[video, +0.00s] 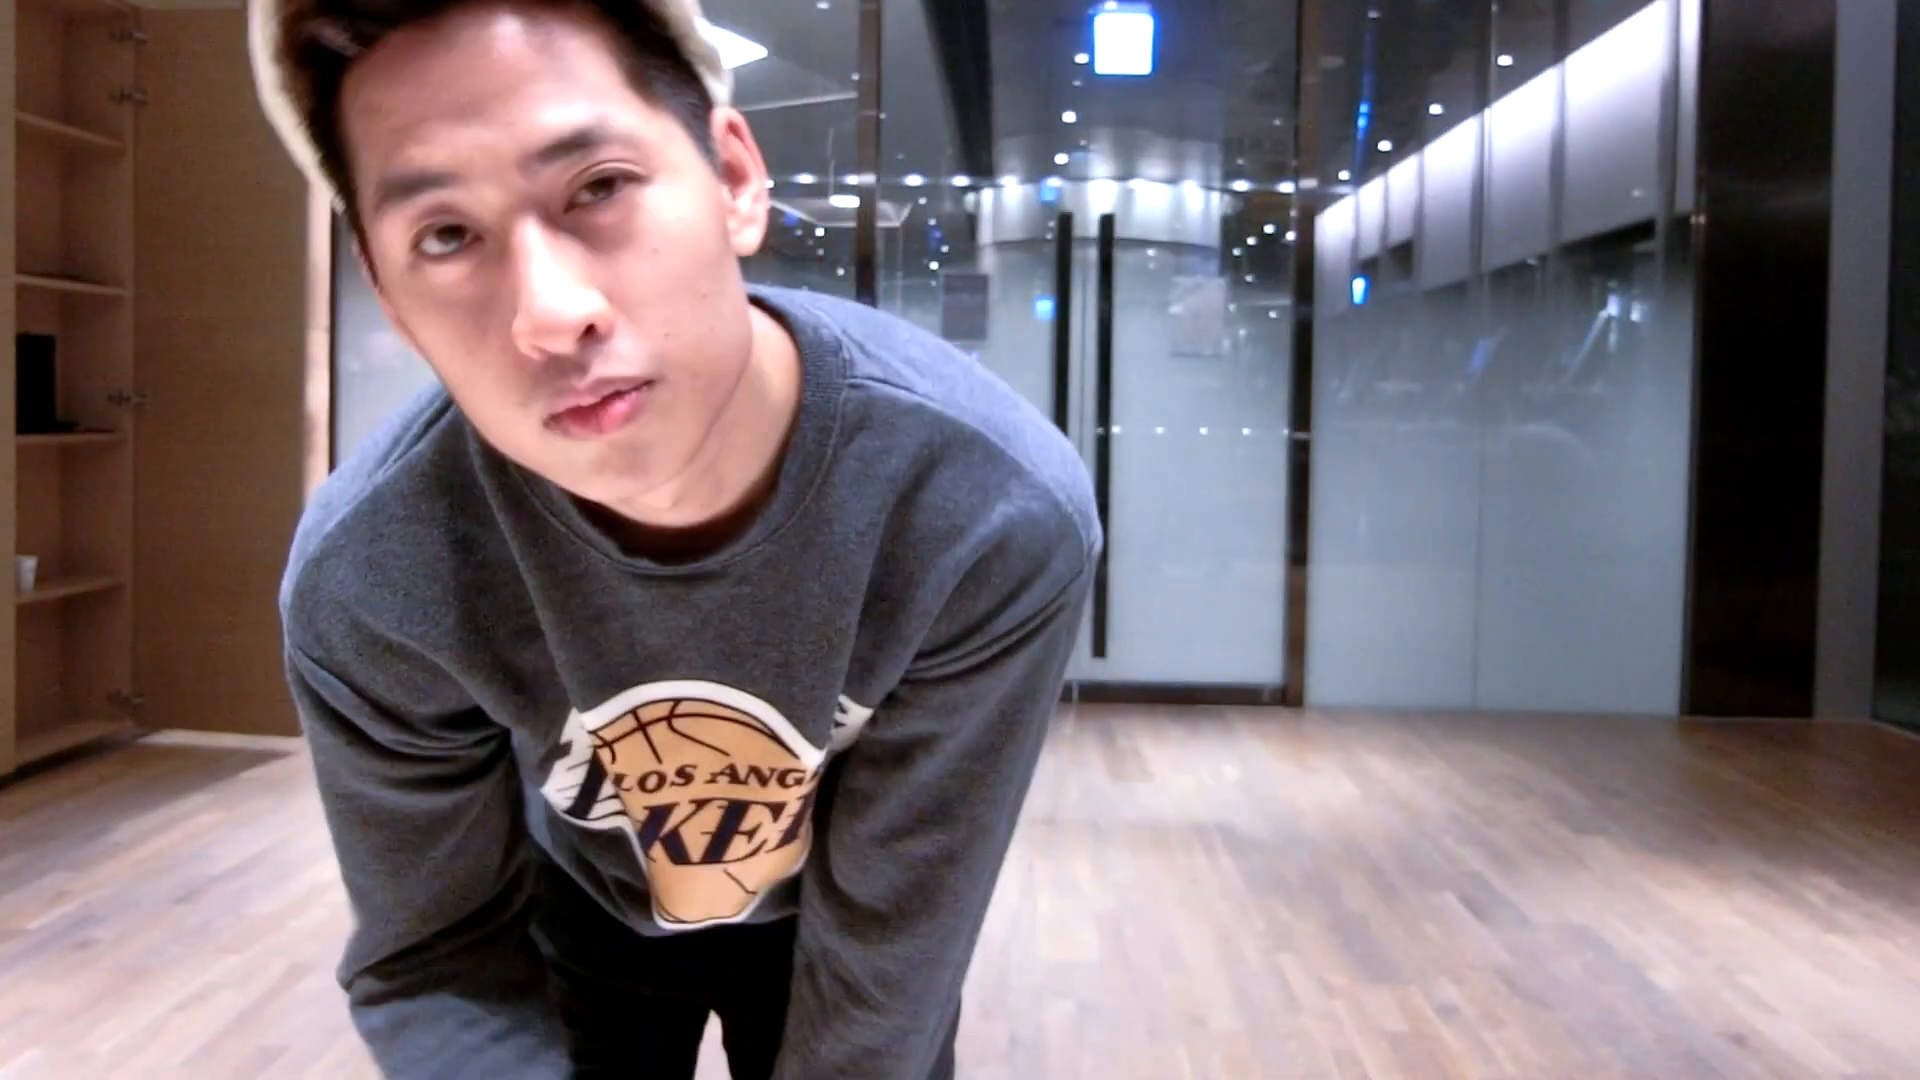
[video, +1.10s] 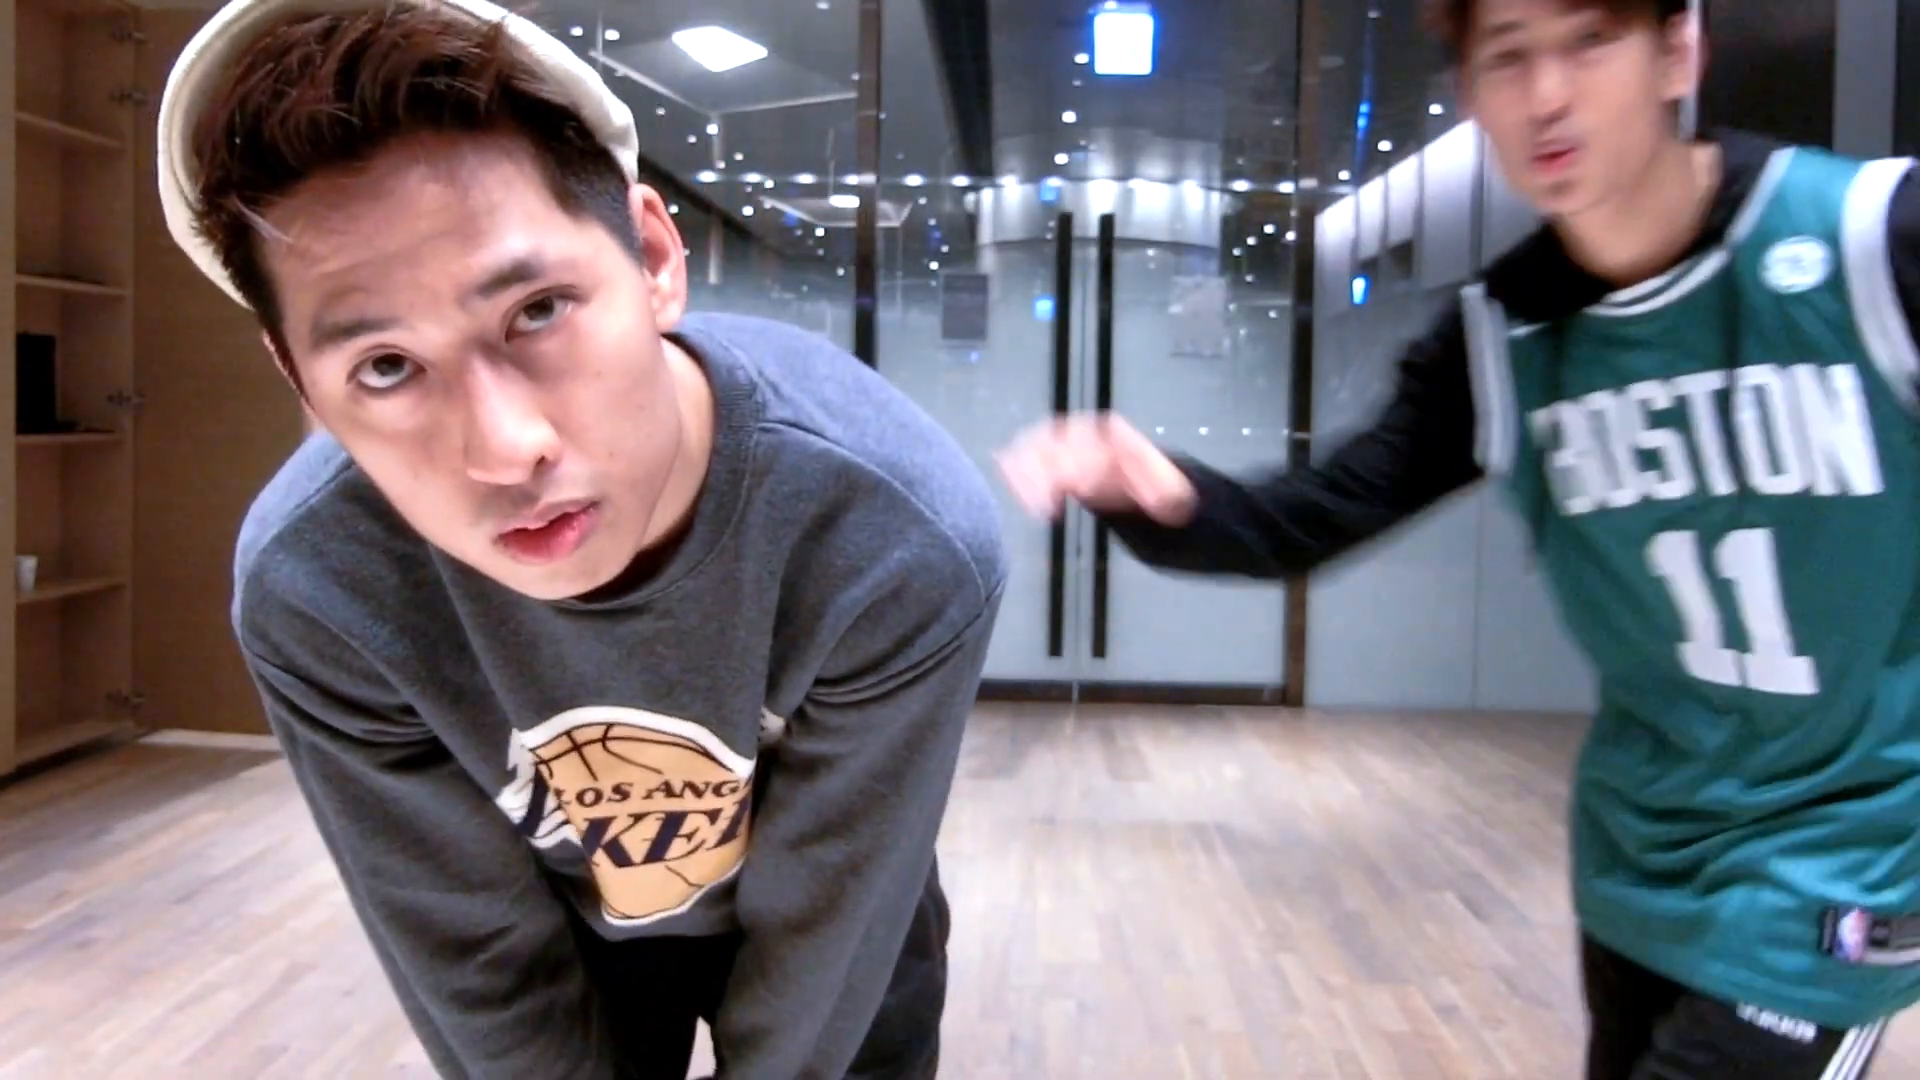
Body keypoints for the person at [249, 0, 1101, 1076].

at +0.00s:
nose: (549, 315)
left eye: (596, 188)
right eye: (446, 234)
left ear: (736, 182)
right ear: (386, 289)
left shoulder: (993, 520)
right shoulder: (367, 587)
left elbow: (882, 981)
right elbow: (436, 963)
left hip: (846, 926)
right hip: (586, 926)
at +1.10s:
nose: (503, 450)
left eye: (536, 312)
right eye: (387, 369)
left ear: (657, 259)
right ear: (304, 386)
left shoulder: (901, 542)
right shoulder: (310, 587)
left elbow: (812, 979)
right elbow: (497, 1006)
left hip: (837, 924)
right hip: (565, 946)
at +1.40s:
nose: (452, 550)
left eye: (501, 449)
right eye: (356, 478)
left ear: (633, 314)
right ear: (291, 433)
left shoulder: (868, 510)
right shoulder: (284, 557)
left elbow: (813, 997)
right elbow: (380, 1003)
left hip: (774, 910)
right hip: (521, 912)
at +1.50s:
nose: (460, 484)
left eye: (509, 377)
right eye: (362, 411)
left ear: (629, 261)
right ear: (289, 373)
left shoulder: (852, 485)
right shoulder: (267, 521)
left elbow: (801, 978)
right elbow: (315, 998)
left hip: (771, 903)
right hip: (507, 896)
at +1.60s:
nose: (606, 364)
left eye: (625, 254)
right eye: (503, 319)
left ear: (656, 192)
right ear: (330, 309)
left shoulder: (834, 460)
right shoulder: (257, 475)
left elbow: (776, 973)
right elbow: (252, 959)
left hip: (782, 882)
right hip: (508, 876)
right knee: (472, 1058)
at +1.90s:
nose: (729, 253)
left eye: (713, 162)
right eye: (648, 237)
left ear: (711, 114)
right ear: (443, 302)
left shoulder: (815, 397)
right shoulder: (235, 409)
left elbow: (698, 888)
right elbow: (319, 833)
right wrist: (361, 1060)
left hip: (759, 866)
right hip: (485, 873)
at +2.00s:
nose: (731, 249)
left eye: (710, 157)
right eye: (648, 236)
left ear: (707, 108)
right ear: (442, 301)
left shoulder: (810, 390)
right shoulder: (228, 406)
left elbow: (723, 868)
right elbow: (358, 785)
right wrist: (455, 981)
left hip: (757, 867)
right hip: (488, 880)